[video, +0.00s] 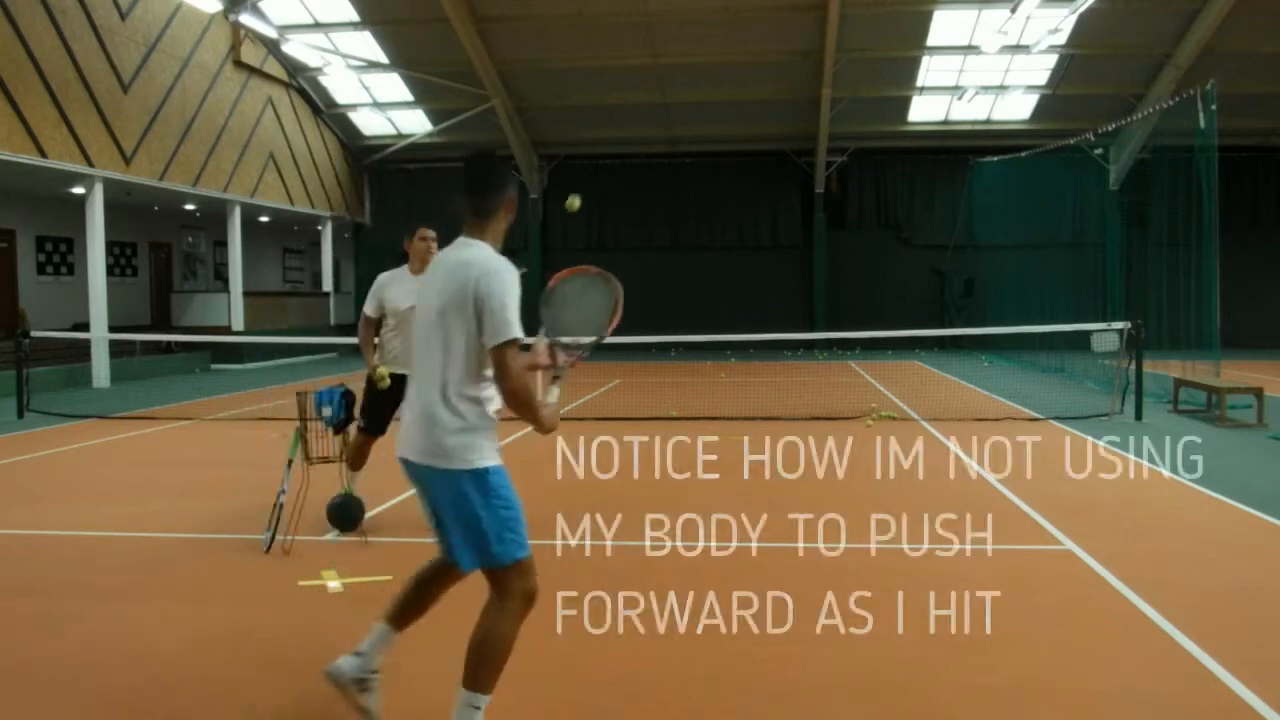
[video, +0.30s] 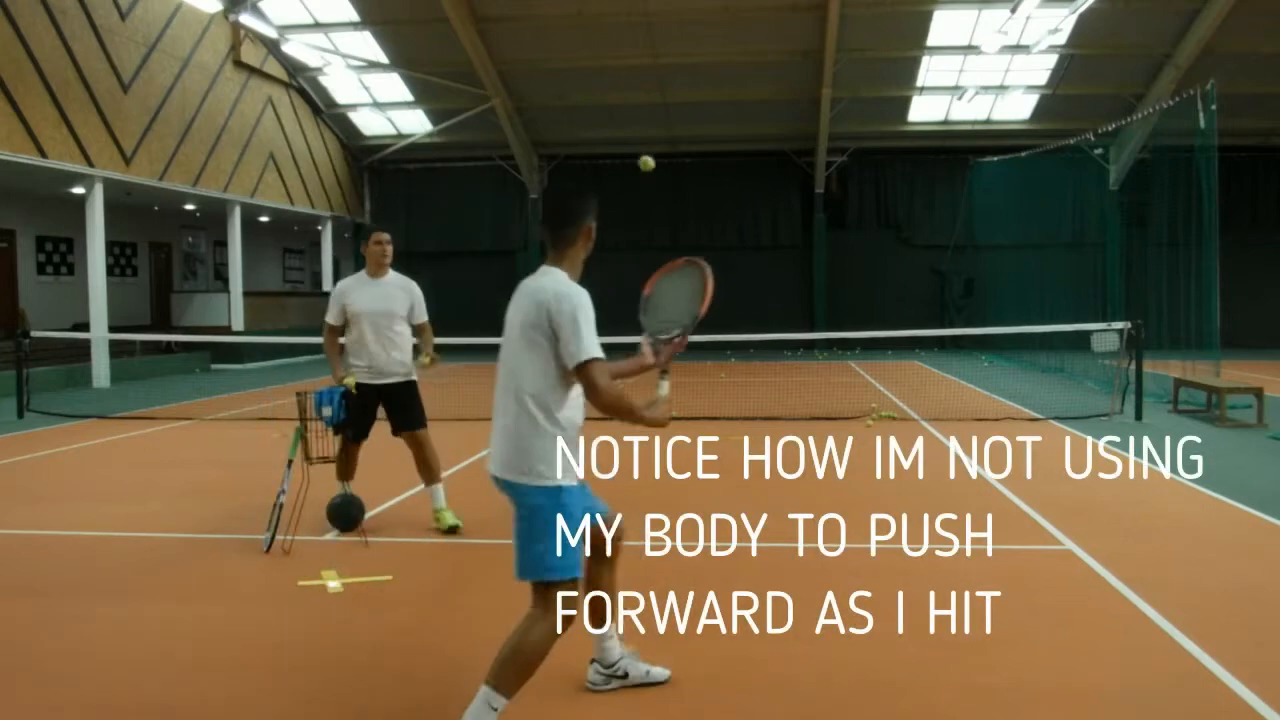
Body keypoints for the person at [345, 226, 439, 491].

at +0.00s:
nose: (431, 246)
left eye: (434, 241)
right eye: (424, 240)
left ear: (439, 248)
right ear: (408, 246)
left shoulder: (444, 282)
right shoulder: (387, 281)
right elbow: (367, 323)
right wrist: (371, 362)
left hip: (431, 373)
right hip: (391, 372)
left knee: (440, 435)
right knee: (366, 434)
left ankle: (443, 499)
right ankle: (350, 485)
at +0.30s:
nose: (384, 249)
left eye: (388, 244)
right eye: (378, 243)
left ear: (393, 250)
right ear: (364, 250)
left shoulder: (409, 288)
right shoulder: (345, 289)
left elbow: (424, 329)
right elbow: (331, 334)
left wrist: (427, 351)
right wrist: (338, 372)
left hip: (401, 379)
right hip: (360, 379)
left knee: (419, 437)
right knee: (350, 442)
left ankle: (441, 508)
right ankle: (344, 501)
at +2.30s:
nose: (407, 249)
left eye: (406, 244)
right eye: (403, 244)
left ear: (390, 247)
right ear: (385, 246)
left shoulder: (404, 281)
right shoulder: (353, 282)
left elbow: (416, 320)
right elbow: (330, 327)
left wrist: (442, 340)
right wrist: (348, 367)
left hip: (399, 375)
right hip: (360, 378)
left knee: (419, 432)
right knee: (345, 438)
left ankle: (440, 490)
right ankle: (342, 495)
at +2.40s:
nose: (414, 258)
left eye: (416, 251)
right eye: (407, 251)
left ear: (421, 251)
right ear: (390, 252)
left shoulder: (425, 288)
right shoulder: (368, 286)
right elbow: (341, 331)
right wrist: (362, 372)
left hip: (410, 378)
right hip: (367, 380)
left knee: (429, 436)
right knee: (349, 437)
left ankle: (443, 498)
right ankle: (343, 495)